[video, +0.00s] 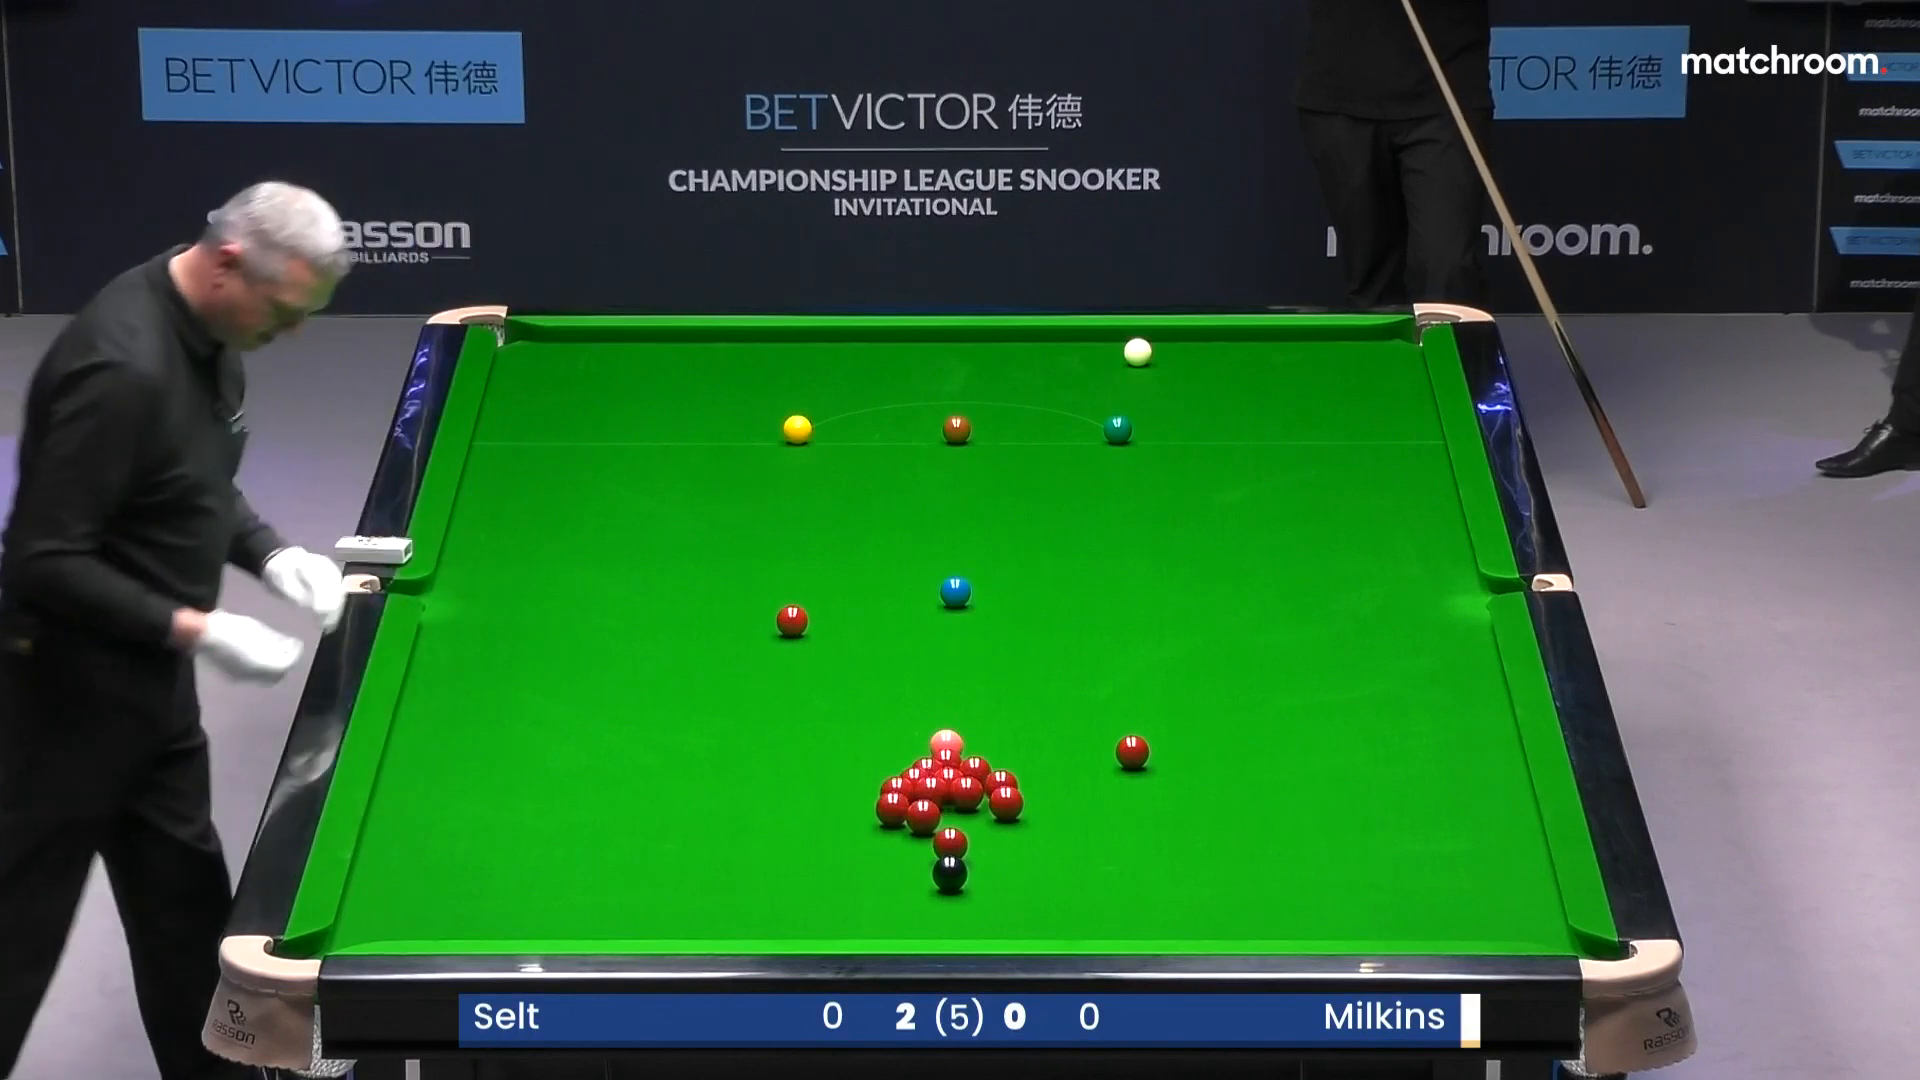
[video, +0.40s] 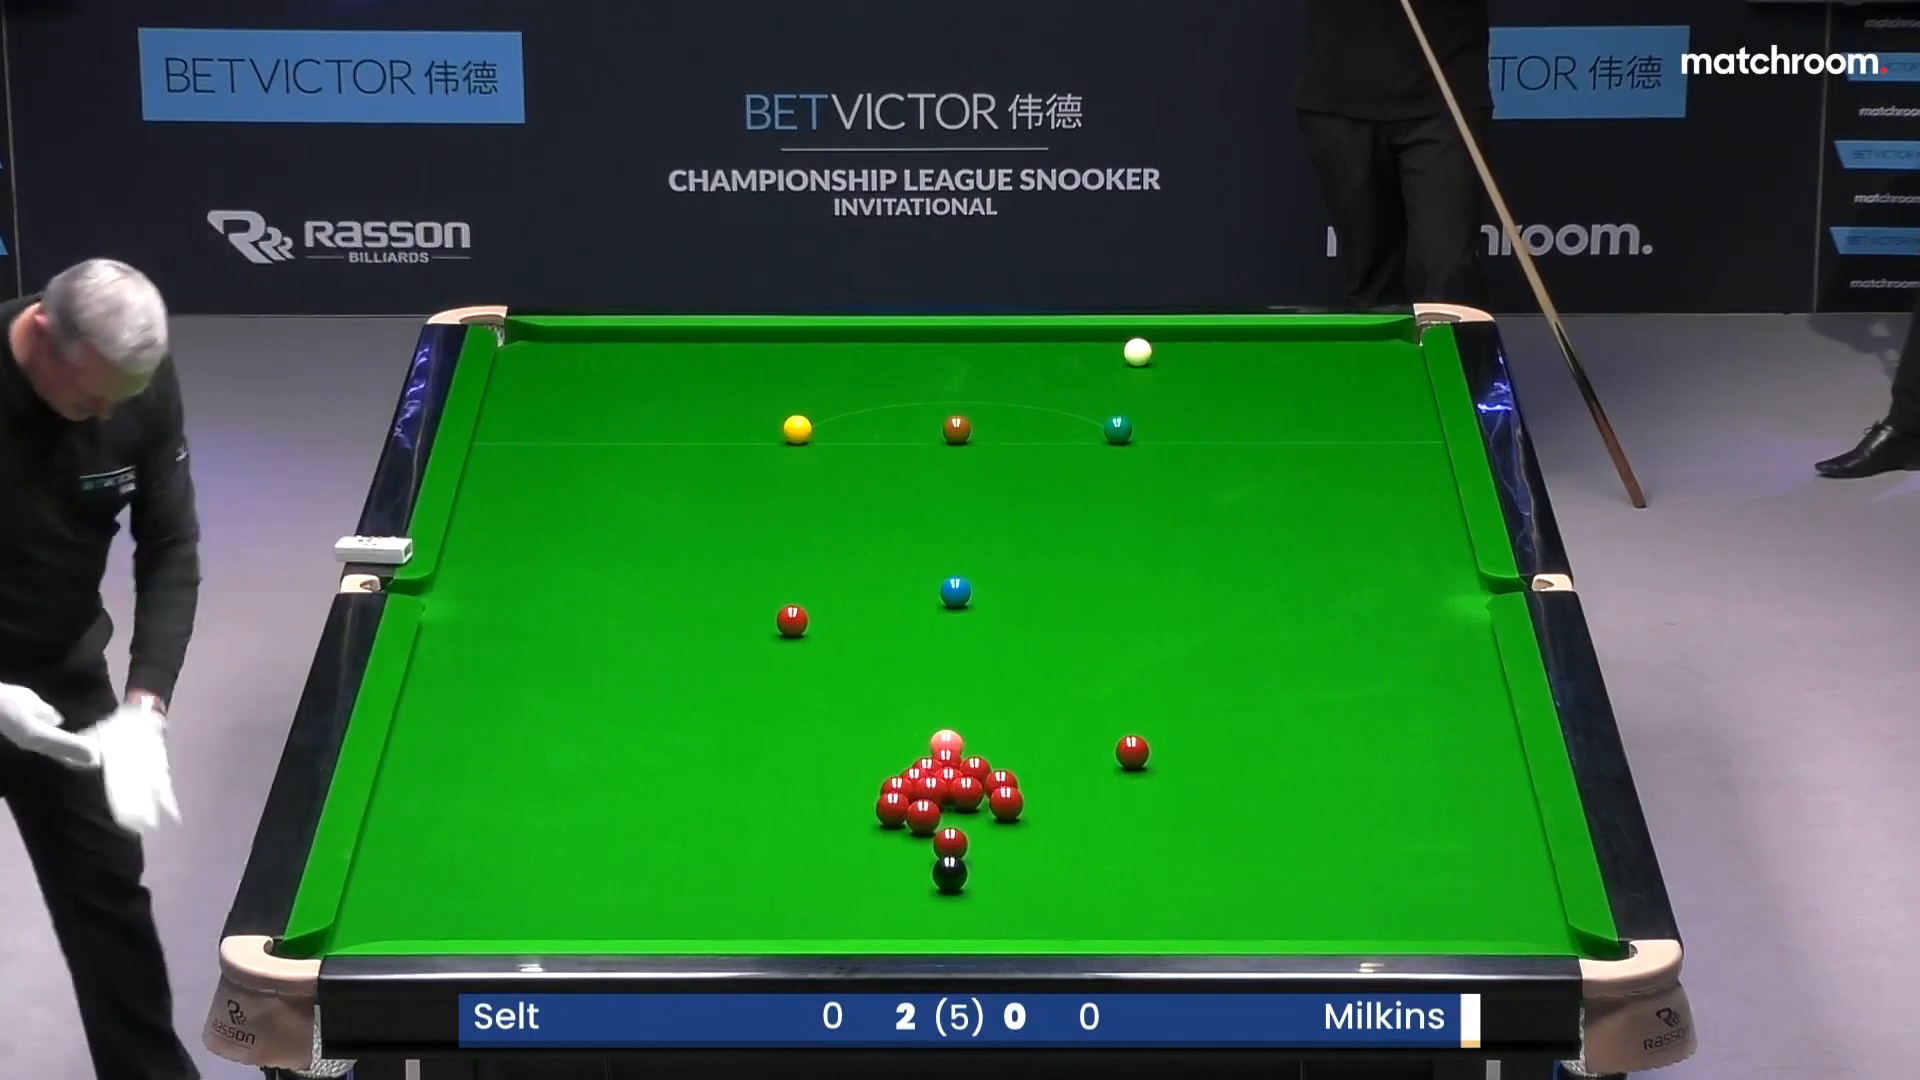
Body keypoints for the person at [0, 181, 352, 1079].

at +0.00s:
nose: (282, 333)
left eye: (295, 319)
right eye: (280, 312)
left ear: (233, 264)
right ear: (227, 263)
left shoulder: (196, 328)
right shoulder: (119, 364)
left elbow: (199, 486)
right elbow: (40, 556)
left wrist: (276, 558)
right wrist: (192, 626)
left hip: (149, 686)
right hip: (58, 693)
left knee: (186, 923)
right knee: (15, 945)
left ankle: (206, 1070)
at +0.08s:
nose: (243, 355)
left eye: (255, 340)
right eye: (237, 334)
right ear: (179, 280)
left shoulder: (189, 336)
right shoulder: (74, 377)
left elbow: (201, 476)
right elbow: (5, 561)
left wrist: (241, 571)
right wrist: (121, 654)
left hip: (126, 688)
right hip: (27, 696)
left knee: (170, 915)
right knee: (2, 935)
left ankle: (202, 1070)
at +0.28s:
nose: (140, 397)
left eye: (158, 383)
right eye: (130, 377)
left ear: (182, 352)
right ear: (76, 317)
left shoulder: (166, 378)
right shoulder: (3, 377)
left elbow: (188, 517)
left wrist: (175, 638)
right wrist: (14, 708)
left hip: (78, 691)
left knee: (137, 900)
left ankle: (180, 1066)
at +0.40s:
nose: (98, 413)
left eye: (119, 399)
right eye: (88, 394)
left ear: (143, 360)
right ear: (37, 333)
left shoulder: (143, 383)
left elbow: (169, 547)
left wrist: (145, 701)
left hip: (58, 680)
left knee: (107, 896)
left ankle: (151, 1074)